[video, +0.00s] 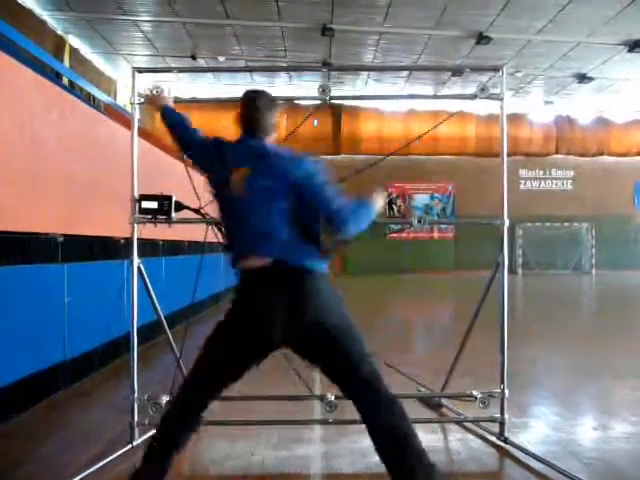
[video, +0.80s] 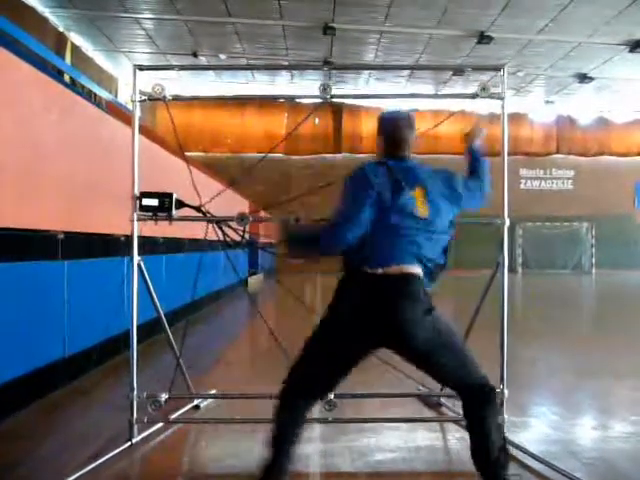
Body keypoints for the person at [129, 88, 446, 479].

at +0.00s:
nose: (276, 119)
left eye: (264, 114)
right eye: (276, 115)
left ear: (241, 121)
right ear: (276, 122)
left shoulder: (222, 159)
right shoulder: (296, 166)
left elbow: (190, 141)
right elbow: (343, 221)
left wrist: (165, 110)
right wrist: (374, 202)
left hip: (254, 296)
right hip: (306, 294)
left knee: (196, 392)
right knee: (368, 389)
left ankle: (150, 471)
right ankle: (417, 471)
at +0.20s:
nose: (284, 147)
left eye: (283, 139)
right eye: (281, 140)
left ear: (242, 145)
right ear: (272, 144)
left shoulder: (210, 187)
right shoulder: (289, 188)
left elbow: (169, 194)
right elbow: (312, 247)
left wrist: (162, 159)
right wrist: (365, 231)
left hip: (229, 314)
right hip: (282, 316)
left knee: (171, 395)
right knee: (347, 400)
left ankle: (141, 472)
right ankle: (377, 472)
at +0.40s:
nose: (337, 121)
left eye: (336, 114)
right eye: (336, 114)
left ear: (295, 114)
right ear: (329, 116)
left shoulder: (266, 150)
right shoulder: (344, 152)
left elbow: (228, 141)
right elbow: (398, 193)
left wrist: (266, 120)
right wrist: (400, 161)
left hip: (287, 287)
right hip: (336, 286)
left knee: (240, 374)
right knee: (370, 358)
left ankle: (233, 472)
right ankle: (358, 461)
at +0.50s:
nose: (365, 110)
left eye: (361, 103)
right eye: (364, 104)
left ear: (325, 105)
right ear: (360, 106)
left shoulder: (293, 135)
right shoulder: (369, 145)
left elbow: (242, 116)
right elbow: (436, 175)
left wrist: (257, 81)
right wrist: (438, 148)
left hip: (298, 278)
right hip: (351, 279)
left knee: (264, 373)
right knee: (415, 358)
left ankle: (235, 469)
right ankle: (423, 448)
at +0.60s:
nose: (399, 113)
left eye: (393, 106)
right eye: (402, 108)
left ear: (373, 115)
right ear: (407, 117)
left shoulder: (343, 145)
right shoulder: (424, 151)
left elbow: (285, 163)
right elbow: (463, 140)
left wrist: (245, 144)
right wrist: (481, 104)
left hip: (331, 282)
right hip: (383, 286)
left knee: (267, 371)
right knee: (440, 387)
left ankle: (199, 464)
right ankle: (489, 469)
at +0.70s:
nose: (427, 138)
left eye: (422, 132)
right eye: (426, 132)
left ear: (391, 140)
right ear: (425, 140)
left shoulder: (373, 174)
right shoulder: (444, 173)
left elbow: (344, 223)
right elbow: (470, 149)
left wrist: (287, 228)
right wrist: (483, 109)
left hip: (353, 298)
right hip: (403, 301)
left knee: (288, 381)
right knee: (472, 385)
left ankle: (220, 462)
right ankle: (496, 469)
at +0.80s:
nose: (390, 143)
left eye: (384, 137)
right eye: (401, 135)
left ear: (381, 141)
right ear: (414, 142)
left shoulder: (368, 176)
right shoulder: (441, 183)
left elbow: (344, 235)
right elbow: (478, 193)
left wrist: (293, 237)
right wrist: (477, 153)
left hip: (357, 303)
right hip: (407, 305)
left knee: (297, 391)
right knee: (478, 391)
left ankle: (275, 471)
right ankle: (495, 473)